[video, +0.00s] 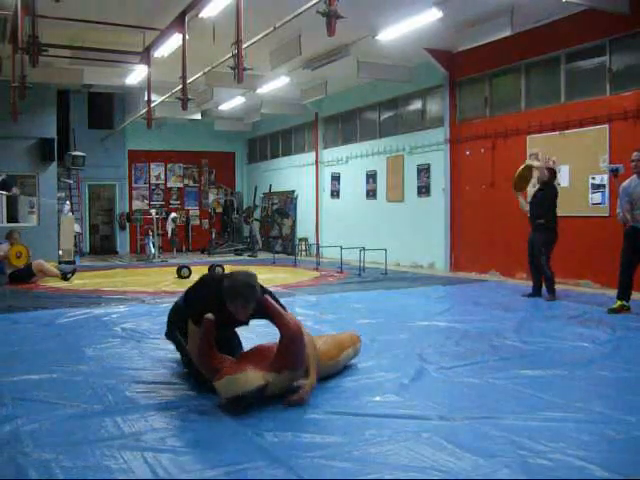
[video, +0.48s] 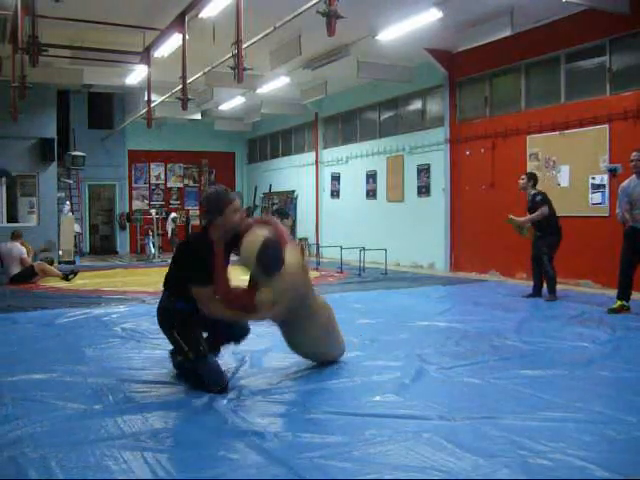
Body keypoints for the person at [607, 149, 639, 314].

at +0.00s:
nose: (634, 164)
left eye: (636, 161)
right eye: (633, 161)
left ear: (639, 163)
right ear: (631, 164)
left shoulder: (630, 187)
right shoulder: (627, 186)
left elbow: (624, 209)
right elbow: (623, 208)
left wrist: (629, 220)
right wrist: (627, 221)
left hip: (634, 228)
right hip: (633, 228)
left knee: (628, 264)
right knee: (626, 264)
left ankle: (623, 299)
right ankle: (623, 299)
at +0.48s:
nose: (634, 164)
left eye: (636, 160)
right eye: (632, 161)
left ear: (639, 163)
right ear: (630, 164)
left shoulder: (630, 187)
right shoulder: (626, 186)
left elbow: (623, 209)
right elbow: (622, 209)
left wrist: (629, 222)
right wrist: (628, 222)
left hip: (634, 228)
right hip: (633, 228)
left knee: (627, 264)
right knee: (626, 264)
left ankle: (623, 299)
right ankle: (623, 299)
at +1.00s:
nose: (634, 164)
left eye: (636, 160)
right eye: (632, 160)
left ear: (639, 162)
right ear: (629, 164)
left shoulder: (629, 186)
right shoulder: (626, 185)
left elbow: (621, 209)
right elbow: (621, 209)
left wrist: (628, 221)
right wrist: (627, 222)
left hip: (634, 229)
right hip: (632, 228)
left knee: (627, 265)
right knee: (626, 265)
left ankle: (623, 299)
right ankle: (623, 299)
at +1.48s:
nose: (634, 163)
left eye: (636, 160)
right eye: (632, 160)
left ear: (639, 162)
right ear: (630, 163)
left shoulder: (629, 186)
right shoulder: (626, 185)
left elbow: (622, 208)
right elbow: (622, 208)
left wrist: (628, 223)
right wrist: (627, 223)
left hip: (634, 229)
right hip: (633, 228)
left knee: (627, 265)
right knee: (626, 265)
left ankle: (623, 300)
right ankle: (623, 299)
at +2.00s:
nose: (634, 163)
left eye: (636, 160)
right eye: (633, 160)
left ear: (639, 162)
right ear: (631, 163)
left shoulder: (629, 186)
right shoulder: (627, 186)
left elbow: (624, 209)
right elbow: (623, 209)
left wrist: (629, 222)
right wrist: (629, 222)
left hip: (634, 229)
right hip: (633, 229)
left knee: (628, 265)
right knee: (627, 265)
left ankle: (623, 299)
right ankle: (622, 299)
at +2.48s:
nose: (636, 163)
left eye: (637, 160)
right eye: (634, 160)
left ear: (639, 163)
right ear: (632, 163)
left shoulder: (630, 186)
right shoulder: (629, 186)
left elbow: (625, 210)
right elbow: (625, 209)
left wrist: (629, 219)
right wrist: (628, 218)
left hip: (635, 228)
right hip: (634, 228)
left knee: (628, 263)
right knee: (627, 263)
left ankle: (628, 298)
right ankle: (628, 298)